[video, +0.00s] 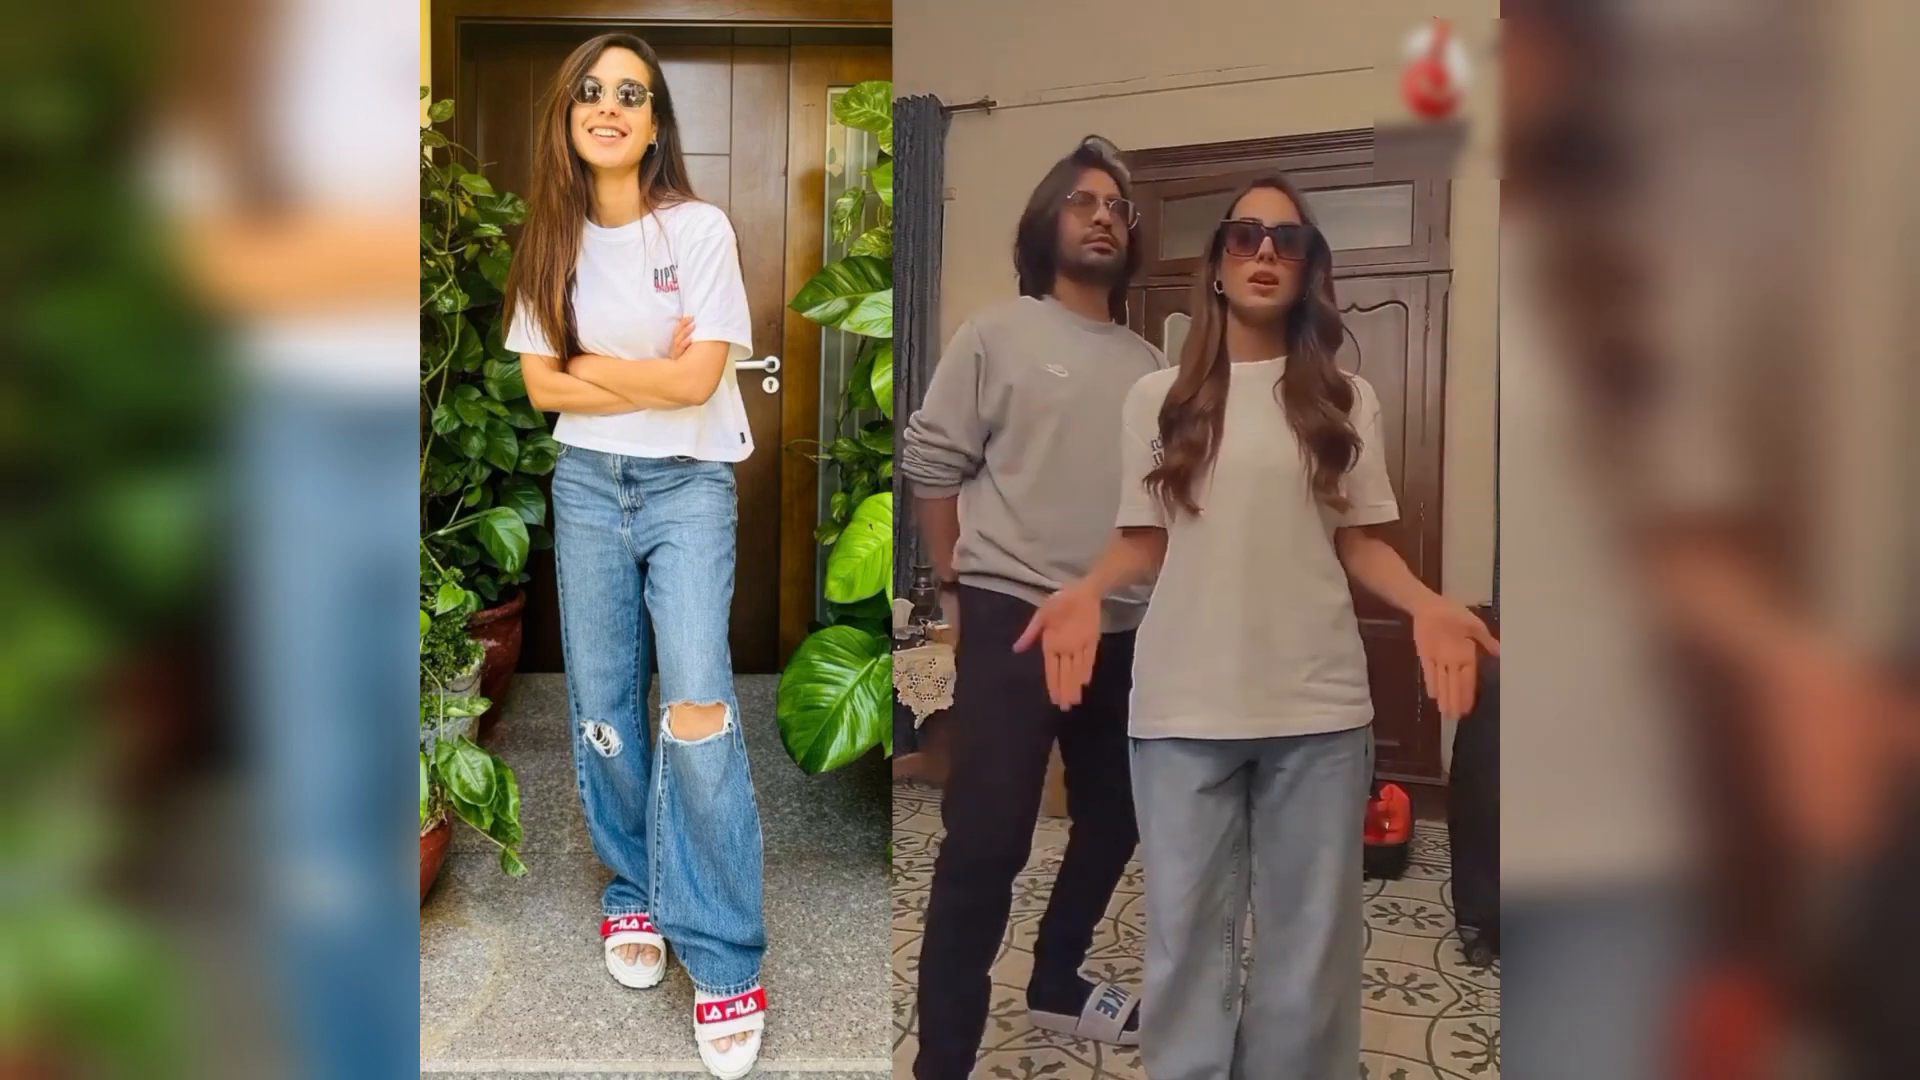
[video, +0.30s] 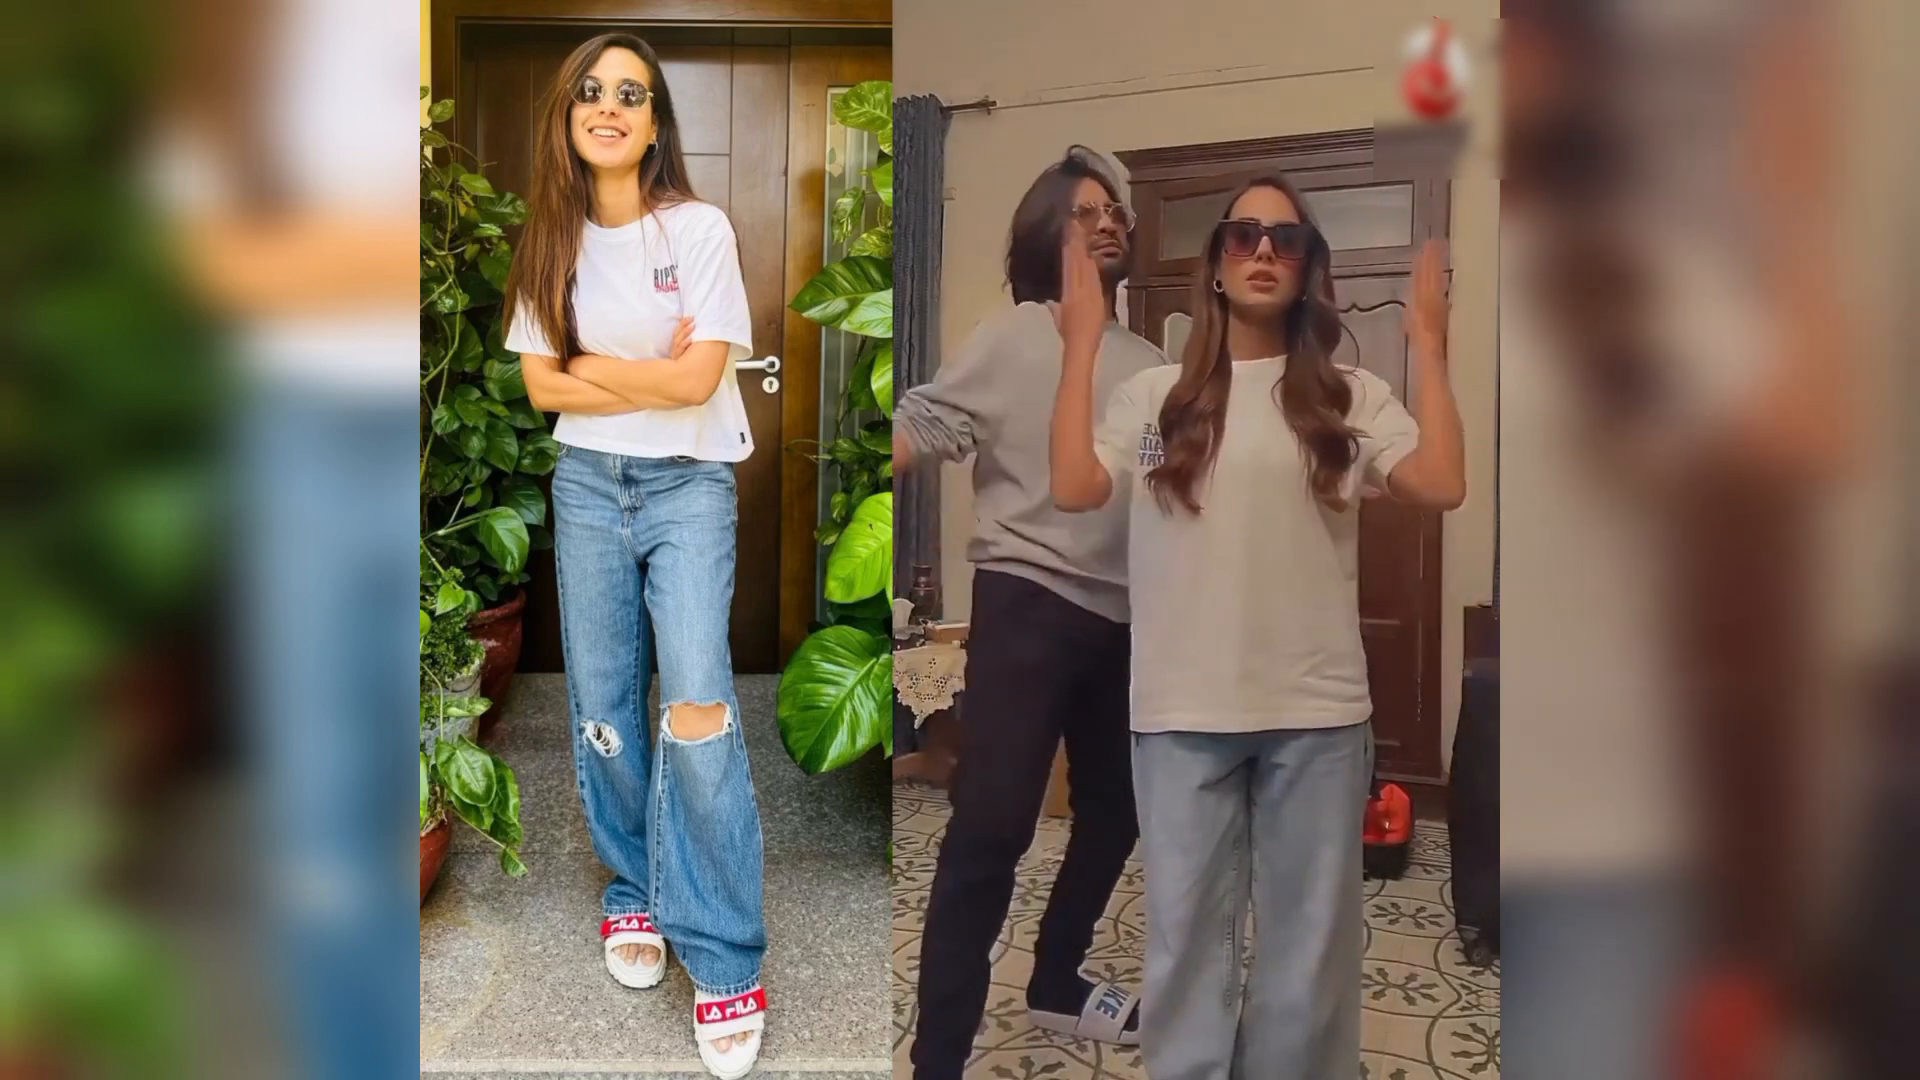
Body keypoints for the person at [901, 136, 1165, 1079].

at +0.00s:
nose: (1105, 218)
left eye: (1119, 207)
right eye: (1085, 204)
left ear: (1134, 233)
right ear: (1045, 225)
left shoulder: (1152, 361)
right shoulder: (994, 337)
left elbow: (1172, 496)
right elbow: (930, 464)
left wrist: (1162, 598)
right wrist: (952, 586)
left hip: (1124, 621)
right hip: (1009, 611)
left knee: (1112, 821)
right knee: (987, 840)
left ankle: (1057, 990)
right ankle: (942, 1062)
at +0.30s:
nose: (1105, 230)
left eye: (1114, 218)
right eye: (1084, 218)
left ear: (1128, 236)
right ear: (1044, 235)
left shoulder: (1147, 359)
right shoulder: (1007, 341)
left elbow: (1177, 488)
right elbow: (903, 447)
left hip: (1123, 614)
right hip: (1024, 598)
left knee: (1112, 813)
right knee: (992, 825)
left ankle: (1056, 991)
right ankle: (939, 1060)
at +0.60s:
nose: (1109, 231)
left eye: (1119, 222)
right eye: (1087, 222)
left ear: (1133, 249)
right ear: (1044, 250)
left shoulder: (1154, 372)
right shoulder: (1011, 346)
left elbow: (1185, 492)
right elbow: (950, 434)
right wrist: (869, 438)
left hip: (1127, 621)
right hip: (1025, 606)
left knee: (1118, 823)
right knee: (990, 830)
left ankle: (1056, 991)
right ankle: (941, 1060)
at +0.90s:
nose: (1135, 219)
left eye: (1136, 208)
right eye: (1115, 204)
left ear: (1129, 235)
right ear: (1063, 222)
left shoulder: (1136, 356)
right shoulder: (1007, 324)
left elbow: (1159, 493)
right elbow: (937, 454)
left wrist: (1173, 608)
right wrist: (914, 594)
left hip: (1121, 619)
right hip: (1023, 609)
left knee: (1107, 810)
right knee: (994, 831)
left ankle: (1057, 989)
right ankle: (945, 1059)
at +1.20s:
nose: (1135, 232)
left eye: (1137, 221)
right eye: (1120, 216)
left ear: (1126, 244)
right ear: (1065, 224)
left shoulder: (1128, 348)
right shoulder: (998, 311)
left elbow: (1199, 402)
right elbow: (934, 450)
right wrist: (941, 593)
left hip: (1119, 619)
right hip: (1023, 612)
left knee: (1091, 817)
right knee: (999, 838)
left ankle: (1056, 993)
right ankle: (947, 1062)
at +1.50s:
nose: (1129, 243)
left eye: (1130, 228)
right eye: (1120, 228)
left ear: (1057, 236)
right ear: (1081, 235)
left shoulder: (1125, 345)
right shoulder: (993, 321)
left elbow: (1212, 369)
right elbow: (941, 461)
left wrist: (1182, 263)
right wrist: (947, 602)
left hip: (1123, 621)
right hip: (1026, 614)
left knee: (1101, 814)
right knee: (1001, 836)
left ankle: (1055, 992)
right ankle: (946, 1058)